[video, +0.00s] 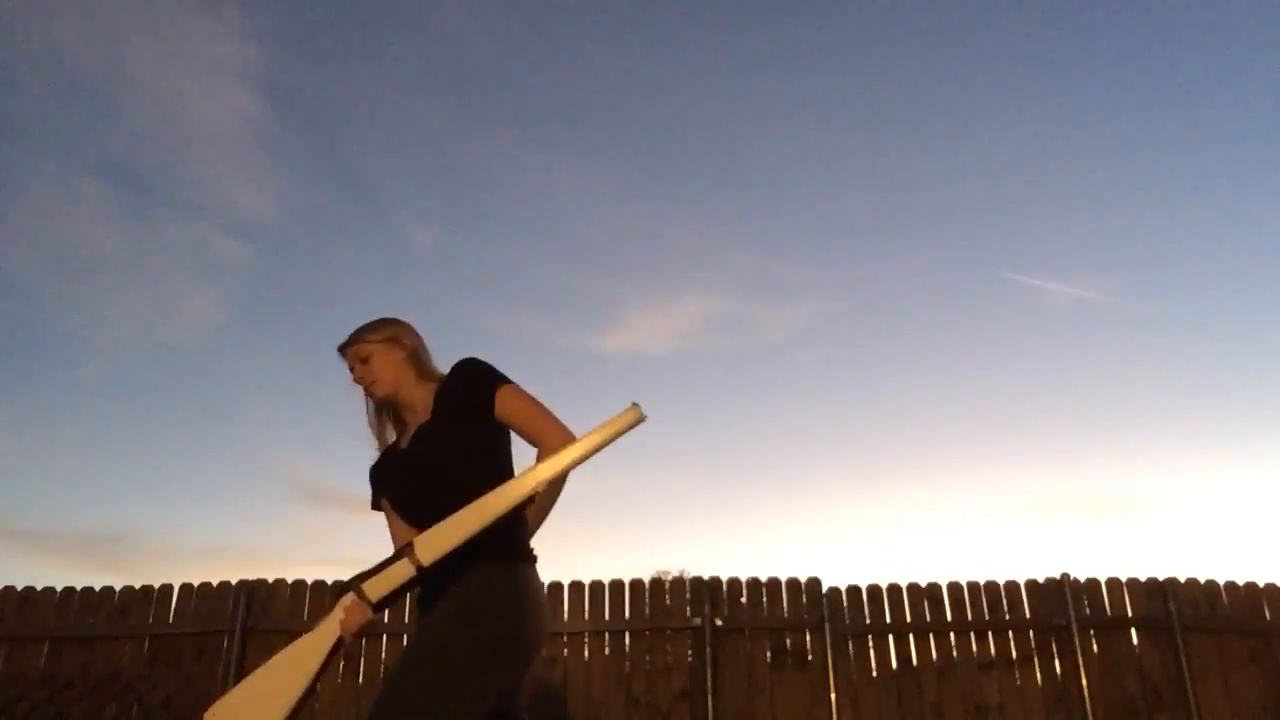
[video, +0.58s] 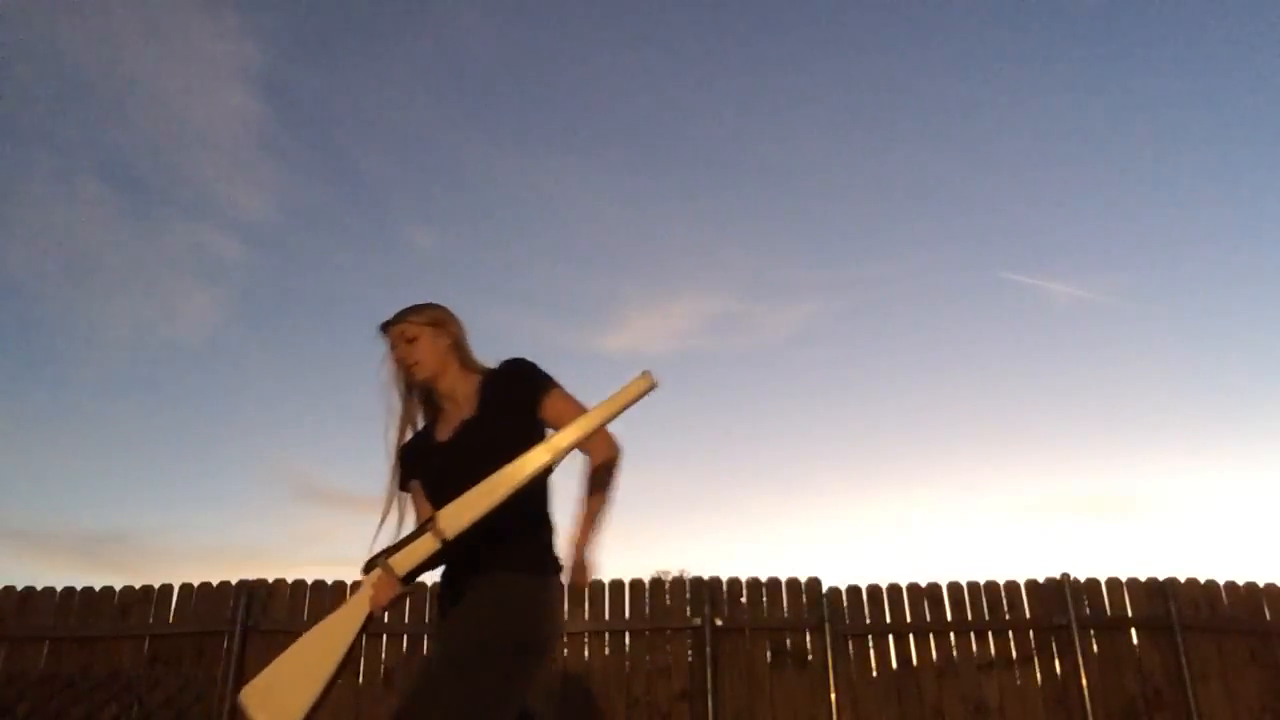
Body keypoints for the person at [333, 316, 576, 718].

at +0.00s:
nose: (356, 375)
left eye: (364, 359)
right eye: (352, 369)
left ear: (403, 346)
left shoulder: (467, 381)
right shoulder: (387, 468)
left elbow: (559, 443)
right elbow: (411, 558)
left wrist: (519, 533)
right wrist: (368, 598)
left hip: (501, 591)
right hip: (442, 609)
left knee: (400, 710)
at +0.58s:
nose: (402, 355)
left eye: (410, 339)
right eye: (395, 349)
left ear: (447, 335)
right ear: (398, 363)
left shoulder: (512, 382)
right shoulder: (418, 451)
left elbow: (603, 448)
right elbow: (435, 538)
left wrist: (582, 546)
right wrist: (397, 575)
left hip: (526, 589)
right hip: (461, 602)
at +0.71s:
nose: (436, 350)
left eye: (446, 336)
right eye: (429, 346)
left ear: (480, 334)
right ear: (427, 360)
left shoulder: (550, 391)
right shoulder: (439, 447)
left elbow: (629, 471)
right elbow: (446, 533)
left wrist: (616, 523)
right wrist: (420, 561)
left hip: (550, 585)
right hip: (480, 593)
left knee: (519, 702)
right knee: (472, 704)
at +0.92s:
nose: (507, 331)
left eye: (520, 322)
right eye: (493, 327)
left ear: (542, 334)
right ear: (481, 346)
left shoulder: (590, 402)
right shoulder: (469, 432)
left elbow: (626, 503)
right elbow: (482, 533)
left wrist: (629, 495)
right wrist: (479, 533)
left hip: (588, 583)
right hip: (513, 587)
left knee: (568, 700)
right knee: (506, 702)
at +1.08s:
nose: (569, 319)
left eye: (581, 315)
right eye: (558, 313)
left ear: (595, 342)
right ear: (539, 332)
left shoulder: (618, 406)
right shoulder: (492, 409)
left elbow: (636, 494)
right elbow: (469, 509)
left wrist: (655, 521)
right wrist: (498, 534)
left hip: (609, 599)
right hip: (524, 601)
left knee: (608, 707)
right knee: (525, 709)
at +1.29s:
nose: (635, 326)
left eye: (647, 331)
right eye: (633, 321)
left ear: (647, 364)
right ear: (606, 334)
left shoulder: (653, 420)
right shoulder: (534, 383)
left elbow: (664, 519)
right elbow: (472, 475)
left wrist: (660, 564)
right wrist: (517, 542)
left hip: (628, 591)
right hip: (546, 591)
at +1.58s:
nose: (656, 293)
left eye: (670, 292)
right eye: (647, 291)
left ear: (689, 325)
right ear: (631, 319)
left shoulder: (719, 404)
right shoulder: (593, 381)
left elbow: (724, 510)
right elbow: (533, 475)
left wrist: (736, 554)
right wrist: (577, 527)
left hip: (685, 596)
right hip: (598, 591)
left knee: (703, 708)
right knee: (587, 709)